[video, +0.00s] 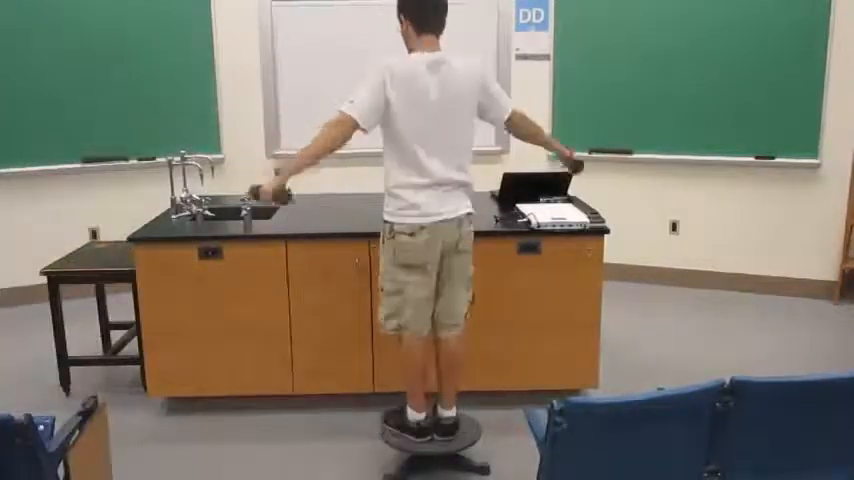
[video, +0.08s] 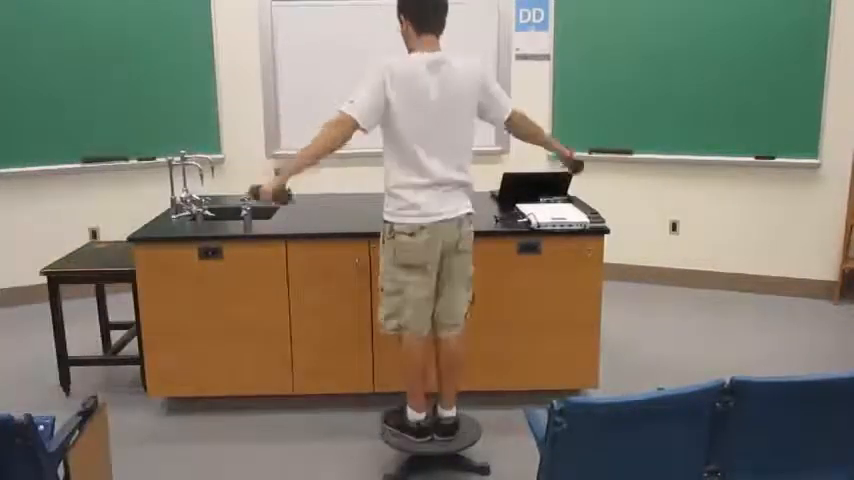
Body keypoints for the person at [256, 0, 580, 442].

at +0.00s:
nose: (400, 30)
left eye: (401, 22)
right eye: (406, 21)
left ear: (405, 23)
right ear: (443, 25)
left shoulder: (391, 74)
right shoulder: (470, 73)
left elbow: (342, 128)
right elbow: (515, 121)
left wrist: (286, 173)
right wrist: (557, 146)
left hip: (410, 222)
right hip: (458, 218)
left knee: (414, 327)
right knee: (451, 325)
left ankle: (417, 419)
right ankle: (447, 417)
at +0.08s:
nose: (401, 29)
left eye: (401, 22)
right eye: (406, 21)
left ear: (405, 23)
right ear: (443, 24)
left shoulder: (390, 74)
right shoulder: (470, 73)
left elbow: (342, 128)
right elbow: (515, 121)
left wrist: (285, 173)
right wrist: (557, 146)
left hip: (410, 222)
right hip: (458, 218)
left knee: (414, 327)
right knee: (451, 325)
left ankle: (417, 419)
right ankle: (447, 417)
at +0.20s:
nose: (417, 27)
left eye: (415, 20)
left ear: (412, 24)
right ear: (452, 28)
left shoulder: (388, 81)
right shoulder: (472, 83)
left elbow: (353, 147)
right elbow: (504, 153)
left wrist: (340, 180)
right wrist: (531, 193)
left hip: (401, 222)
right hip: (454, 222)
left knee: (403, 322)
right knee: (443, 324)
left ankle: (409, 412)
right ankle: (438, 415)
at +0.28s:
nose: (417, 27)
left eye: (415, 20)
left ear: (412, 24)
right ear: (452, 28)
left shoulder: (388, 81)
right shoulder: (472, 83)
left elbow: (353, 147)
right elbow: (504, 153)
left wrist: (340, 180)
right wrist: (530, 192)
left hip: (402, 222)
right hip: (454, 222)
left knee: (403, 323)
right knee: (443, 324)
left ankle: (409, 413)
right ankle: (438, 415)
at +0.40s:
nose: (465, 37)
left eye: (465, 29)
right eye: (466, 29)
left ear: (423, 24)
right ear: (458, 26)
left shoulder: (395, 79)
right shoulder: (456, 81)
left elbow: (384, 160)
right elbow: (468, 165)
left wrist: (395, 208)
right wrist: (487, 226)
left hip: (400, 221)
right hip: (441, 225)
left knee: (410, 322)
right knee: (433, 326)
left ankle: (410, 406)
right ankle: (425, 415)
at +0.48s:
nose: (465, 37)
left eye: (465, 29)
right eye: (466, 29)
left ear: (423, 24)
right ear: (458, 26)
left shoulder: (396, 79)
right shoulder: (456, 81)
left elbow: (384, 159)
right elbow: (468, 164)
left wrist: (395, 207)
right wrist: (487, 226)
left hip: (400, 220)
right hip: (441, 225)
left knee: (410, 322)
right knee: (433, 326)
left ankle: (410, 406)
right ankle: (425, 415)